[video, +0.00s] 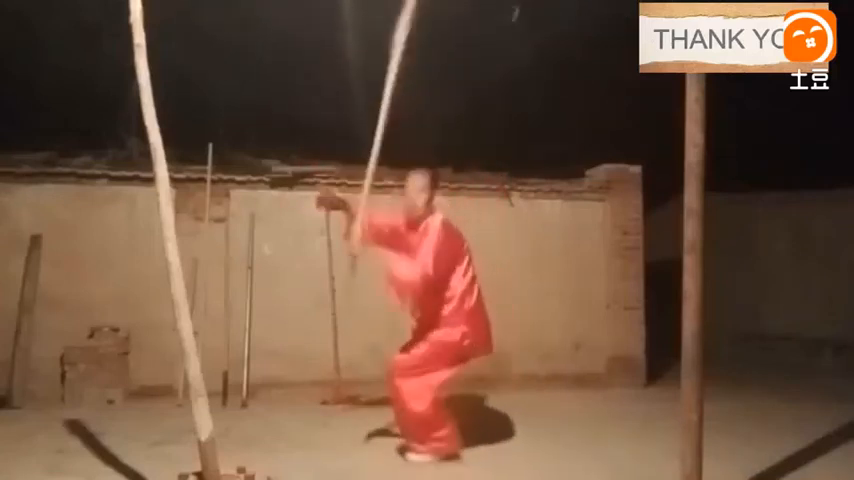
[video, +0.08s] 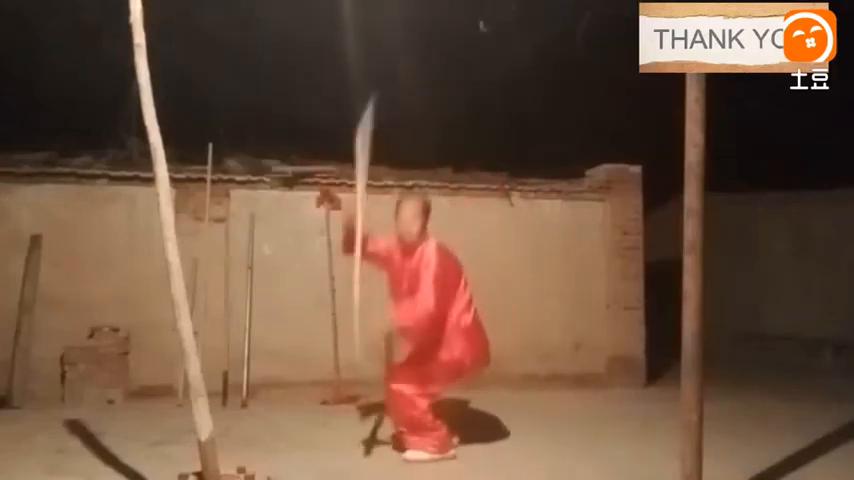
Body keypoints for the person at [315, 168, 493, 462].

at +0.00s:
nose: (416, 199)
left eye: (422, 191)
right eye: (411, 191)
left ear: (433, 195)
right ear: (403, 194)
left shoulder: (439, 230)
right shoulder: (411, 228)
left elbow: (423, 279)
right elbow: (371, 227)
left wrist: (386, 258)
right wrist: (343, 205)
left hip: (462, 332)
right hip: (439, 327)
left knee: (406, 369)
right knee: (401, 365)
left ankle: (439, 443)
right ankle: (420, 435)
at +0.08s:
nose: (406, 226)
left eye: (413, 220)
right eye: (402, 219)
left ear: (425, 222)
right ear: (395, 220)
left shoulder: (433, 255)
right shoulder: (395, 251)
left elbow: (428, 306)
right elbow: (359, 246)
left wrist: (393, 322)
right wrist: (343, 214)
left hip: (459, 345)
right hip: (435, 341)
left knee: (403, 384)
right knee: (397, 378)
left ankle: (435, 441)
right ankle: (416, 435)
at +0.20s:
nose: (403, 241)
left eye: (410, 235)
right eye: (399, 234)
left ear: (421, 237)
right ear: (392, 236)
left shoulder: (430, 270)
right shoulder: (393, 266)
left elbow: (426, 323)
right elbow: (366, 266)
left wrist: (396, 353)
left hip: (455, 349)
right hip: (431, 345)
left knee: (402, 385)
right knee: (394, 376)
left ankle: (434, 441)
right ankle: (412, 435)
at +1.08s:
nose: (410, 224)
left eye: (416, 217)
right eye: (404, 217)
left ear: (426, 219)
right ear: (396, 220)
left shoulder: (438, 249)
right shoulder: (394, 252)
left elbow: (432, 305)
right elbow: (353, 251)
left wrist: (401, 342)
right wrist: (332, 213)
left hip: (479, 321)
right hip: (448, 323)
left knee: (443, 368)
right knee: (418, 367)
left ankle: (441, 443)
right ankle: (424, 438)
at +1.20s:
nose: (421, 218)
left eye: (426, 210)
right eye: (414, 212)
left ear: (435, 212)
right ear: (405, 215)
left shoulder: (445, 243)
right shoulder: (401, 245)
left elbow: (443, 298)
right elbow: (365, 246)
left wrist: (411, 336)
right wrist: (339, 232)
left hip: (485, 316)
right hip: (452, 319)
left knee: (454, 359)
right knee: (425, 365)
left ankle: (459, 439)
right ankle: (431, 431)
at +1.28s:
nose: (444, 206)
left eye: (450, 199)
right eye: (438, 200)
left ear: (458, 203)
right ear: (428, 204)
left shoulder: (467, 236)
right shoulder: (420, 237)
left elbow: (477, 288)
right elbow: (380, 242)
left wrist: (447, 315)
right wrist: (340, 235)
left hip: (498, 311)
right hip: (462, 315)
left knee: (502, 364)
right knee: (428, 364)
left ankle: (538, 437)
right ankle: (432, 431)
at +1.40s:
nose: (462, 202)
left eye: (468, 195)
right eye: (456, 195)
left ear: (478, 199)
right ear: (445, 199)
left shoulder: (490, 234)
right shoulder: (434, 235)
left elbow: (502, 283)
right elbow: (393, 244)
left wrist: (472, 306)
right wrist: (355, 247)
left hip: (507, 318)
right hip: (463, 320)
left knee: (543, 376)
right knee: (429, 371)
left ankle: (574, 437)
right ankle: (433, 432)